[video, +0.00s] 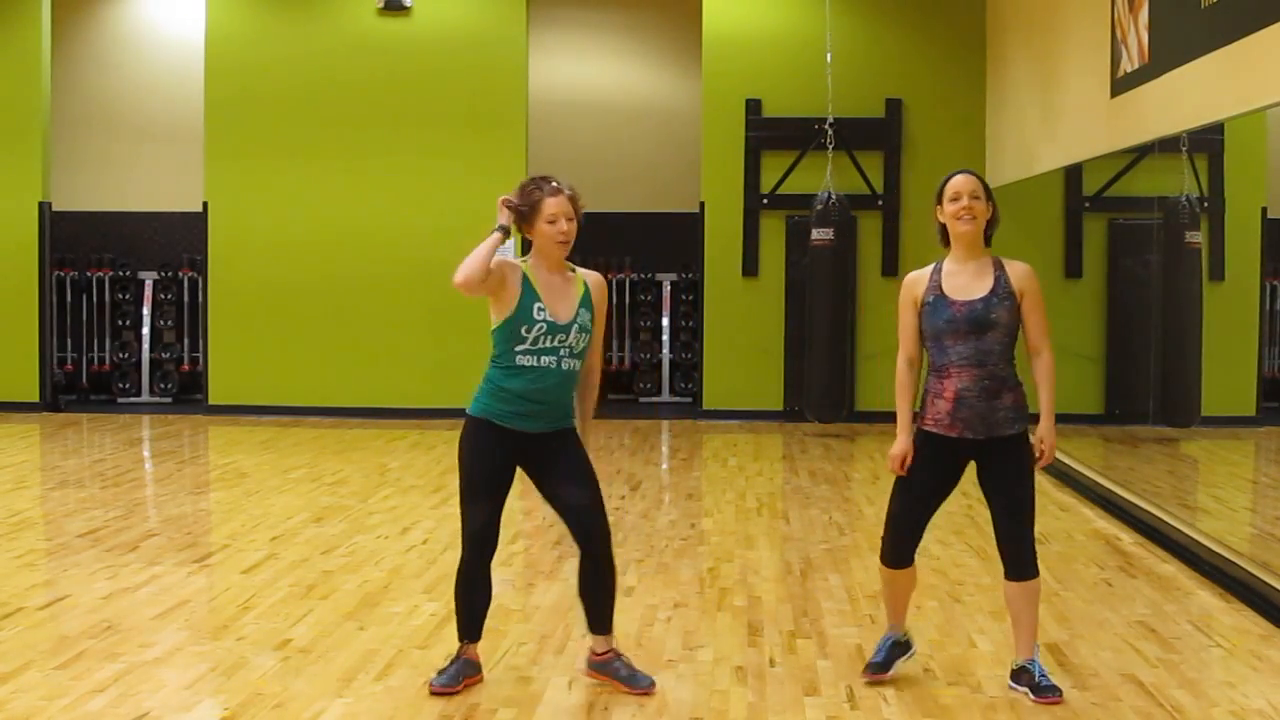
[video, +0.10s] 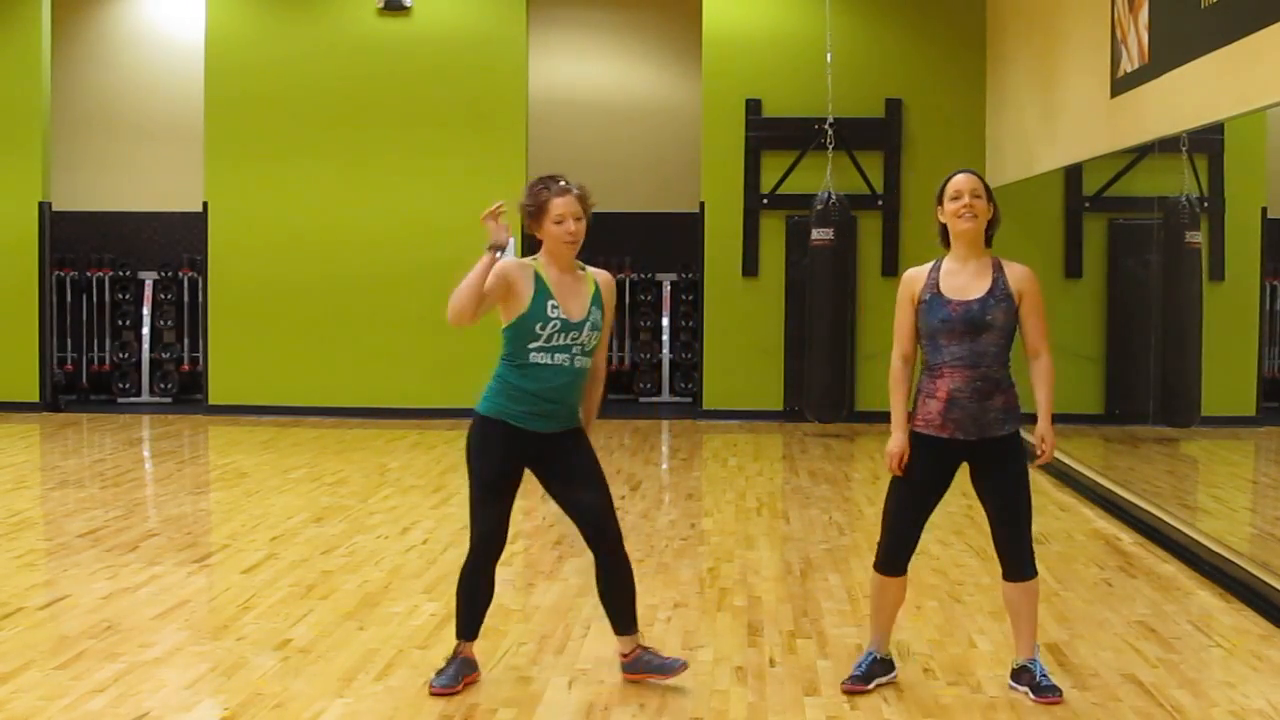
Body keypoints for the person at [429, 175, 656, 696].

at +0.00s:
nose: (565, 229)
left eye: (570, 219)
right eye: (553, 221)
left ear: (578, 223)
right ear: (528, 228)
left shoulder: (592, 286)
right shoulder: (507, 273)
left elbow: (591, 368)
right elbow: (465, 282)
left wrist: (581, 430)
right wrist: (499, 232)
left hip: (553, 434)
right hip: (491, 429)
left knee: (595, 534)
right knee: (478, 541)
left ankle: (602, 650)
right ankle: (468, 655)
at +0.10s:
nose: (573, 228)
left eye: (579, 219)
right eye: (561, 220)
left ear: (586, 224)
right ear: (537, 226)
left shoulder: (600, 285)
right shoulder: (513, 272)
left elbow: (597, 364)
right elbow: (458, 315)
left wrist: (585, 428)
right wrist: (491, 252)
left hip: (560, 433)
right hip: (500, 428)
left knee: (607, 537)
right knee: (486, 545)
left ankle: (631, 650)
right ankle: (464, 653)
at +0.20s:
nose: (581, 224)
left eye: (588, 214)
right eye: (570, 216)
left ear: (597, 218)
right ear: (546, 222)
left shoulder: (615, 278)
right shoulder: (524, 275)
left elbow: (625, 356)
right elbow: (472, 340)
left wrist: (629, 429)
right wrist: (466, 313)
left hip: (584, 432)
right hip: (524, 430)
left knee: (624, 535)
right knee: (498, 543)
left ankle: (638, 652)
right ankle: (456, 649)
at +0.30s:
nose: (589, 222)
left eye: (595, 212)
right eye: (577, 214)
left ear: (606, 215)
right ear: (556, 221)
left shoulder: (630, 273)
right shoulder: (536, 278)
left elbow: (660, 348)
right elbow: (500, 345)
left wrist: (684, 419)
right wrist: (467, 392)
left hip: (613, 430)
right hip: (551, 432)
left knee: (645, 536)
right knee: (523, 545)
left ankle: (642, 651)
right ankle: (470, 647)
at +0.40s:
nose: (594, 225)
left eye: (601, 215)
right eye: (582, 217)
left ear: (613, 218)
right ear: (563, 223)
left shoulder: (640, 276)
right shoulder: (542, 284)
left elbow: (684, 340)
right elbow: (521, 361)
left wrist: (722, 401)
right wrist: (499, 434)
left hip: (628, 429)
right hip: (565, 433)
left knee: (655, 534)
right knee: (556, 548)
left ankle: (644, 652)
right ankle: (512, 646)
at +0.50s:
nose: (594, 227)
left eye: (601, 219)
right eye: (583, 219)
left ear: (612, 224)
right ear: (563, 225)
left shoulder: (640, 279)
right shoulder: (543, 286)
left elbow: (692, 337)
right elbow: (539, 364)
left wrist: (736, 388)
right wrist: (534, 434)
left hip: (634, 430)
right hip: (570, 434)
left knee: (658, 534)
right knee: (553, 548)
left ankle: (647, 651)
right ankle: (555, 653)